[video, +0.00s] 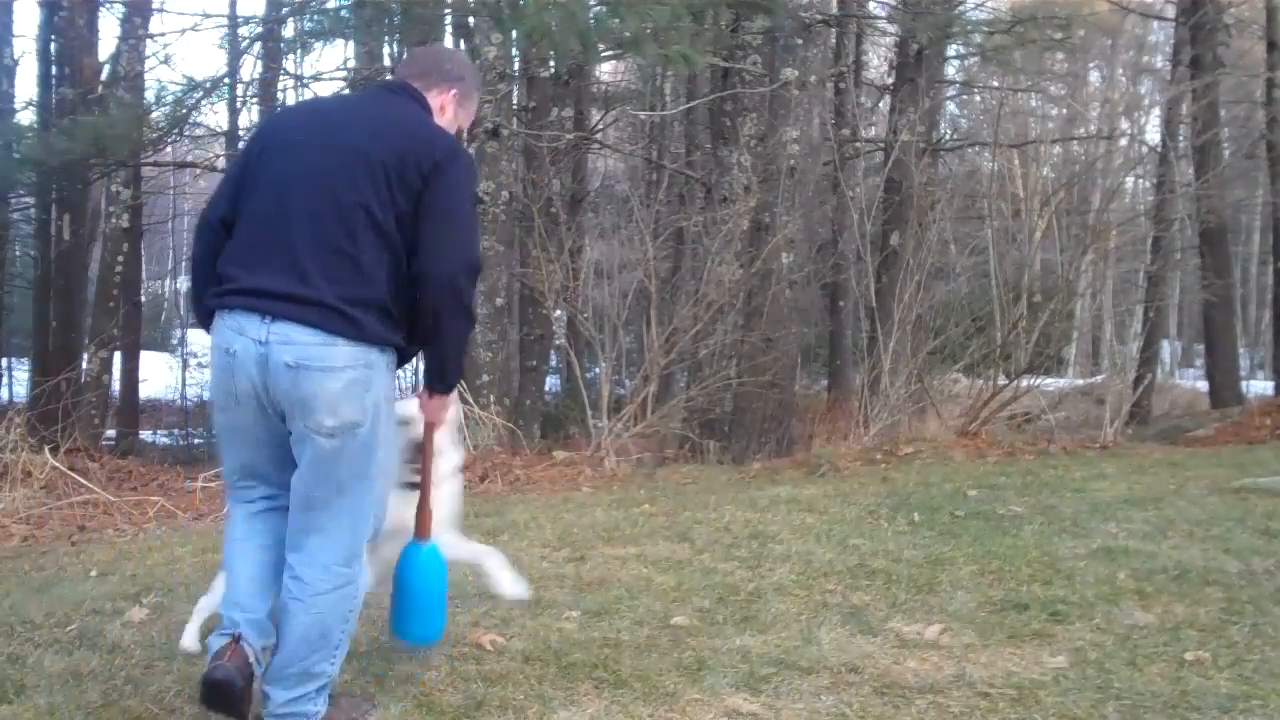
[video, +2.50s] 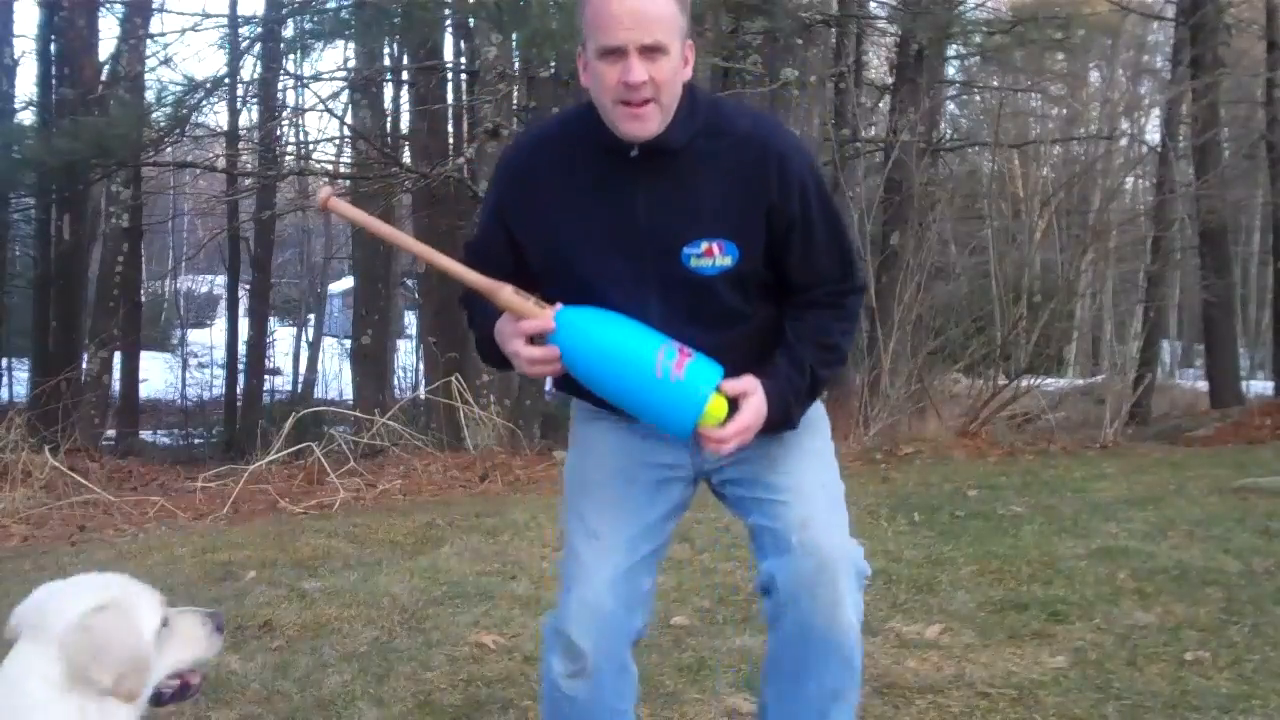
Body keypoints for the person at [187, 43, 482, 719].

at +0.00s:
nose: (460, 138)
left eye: (465, 126)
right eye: (465, 123)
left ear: (396, 83)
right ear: (445, 99)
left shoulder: (288, 119)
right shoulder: (439, 152)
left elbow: (213, 225)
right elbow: (447, 271)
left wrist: (218, 317)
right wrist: (441, 385)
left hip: (238, 340)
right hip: (338, 355)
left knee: (254, 498)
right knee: (328, 538)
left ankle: (239, 639)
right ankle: (296, 706)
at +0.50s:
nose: (538, 131)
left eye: (547, 120)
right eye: (539, 112)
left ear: (507, 91)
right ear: (506, 83)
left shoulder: (465, 139)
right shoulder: (443, 116)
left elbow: (437, 247)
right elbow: (389, 200)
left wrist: (458, 326)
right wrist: (435, 303)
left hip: (414, 347)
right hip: (370, 343)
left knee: (449, 513)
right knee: (393, 531)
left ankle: (432, 657)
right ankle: (297, 692)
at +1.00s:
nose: (589, 93)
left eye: (601, 79)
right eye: (575, 77)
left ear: (611, 74)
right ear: (536, 63)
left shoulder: (597, 153)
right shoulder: (470, 125)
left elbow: (608, 256)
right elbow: (392, 202)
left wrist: (621, 321)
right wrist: (455, 273)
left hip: (539, 355)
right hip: (463, 347)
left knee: (486, 509)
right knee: (534, 506)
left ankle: (433, 655)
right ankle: (576, 682)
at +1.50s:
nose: (617, 48)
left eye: (632, 31)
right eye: (601, 32)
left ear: (652, 26)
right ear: (572, 27)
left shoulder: (687, 112)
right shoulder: (519, 107)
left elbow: (728, 215)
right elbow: (465, 207)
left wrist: (717, 275)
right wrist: (522, 203)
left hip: (662, 354)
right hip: (548, 358)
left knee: (700, 516)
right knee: (558, 530)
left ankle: (685, 684)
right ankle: (576, 687)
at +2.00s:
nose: (677, 6)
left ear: (724, 1)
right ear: (635, 3)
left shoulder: (785, 96)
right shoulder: (584, 94)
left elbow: (846, 215)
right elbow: (534, 201)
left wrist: (795, 277)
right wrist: (553, 233)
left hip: (754, 372)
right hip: (620, 371)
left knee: (773, 566)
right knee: (608, 545)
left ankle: (758, 713)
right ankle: (627, 702)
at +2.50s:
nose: (634, 76)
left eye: (653, 53)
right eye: (612, 56)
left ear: (686, 58)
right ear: (583, 67)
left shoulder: (763, 154)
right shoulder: (535, 166)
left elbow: (830, 294)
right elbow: (484, 290)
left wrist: (776, 388)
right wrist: (502, 335)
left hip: (771, 408)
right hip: (617, 419)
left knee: (823, 575)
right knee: (587, 624)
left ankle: (810, 712)